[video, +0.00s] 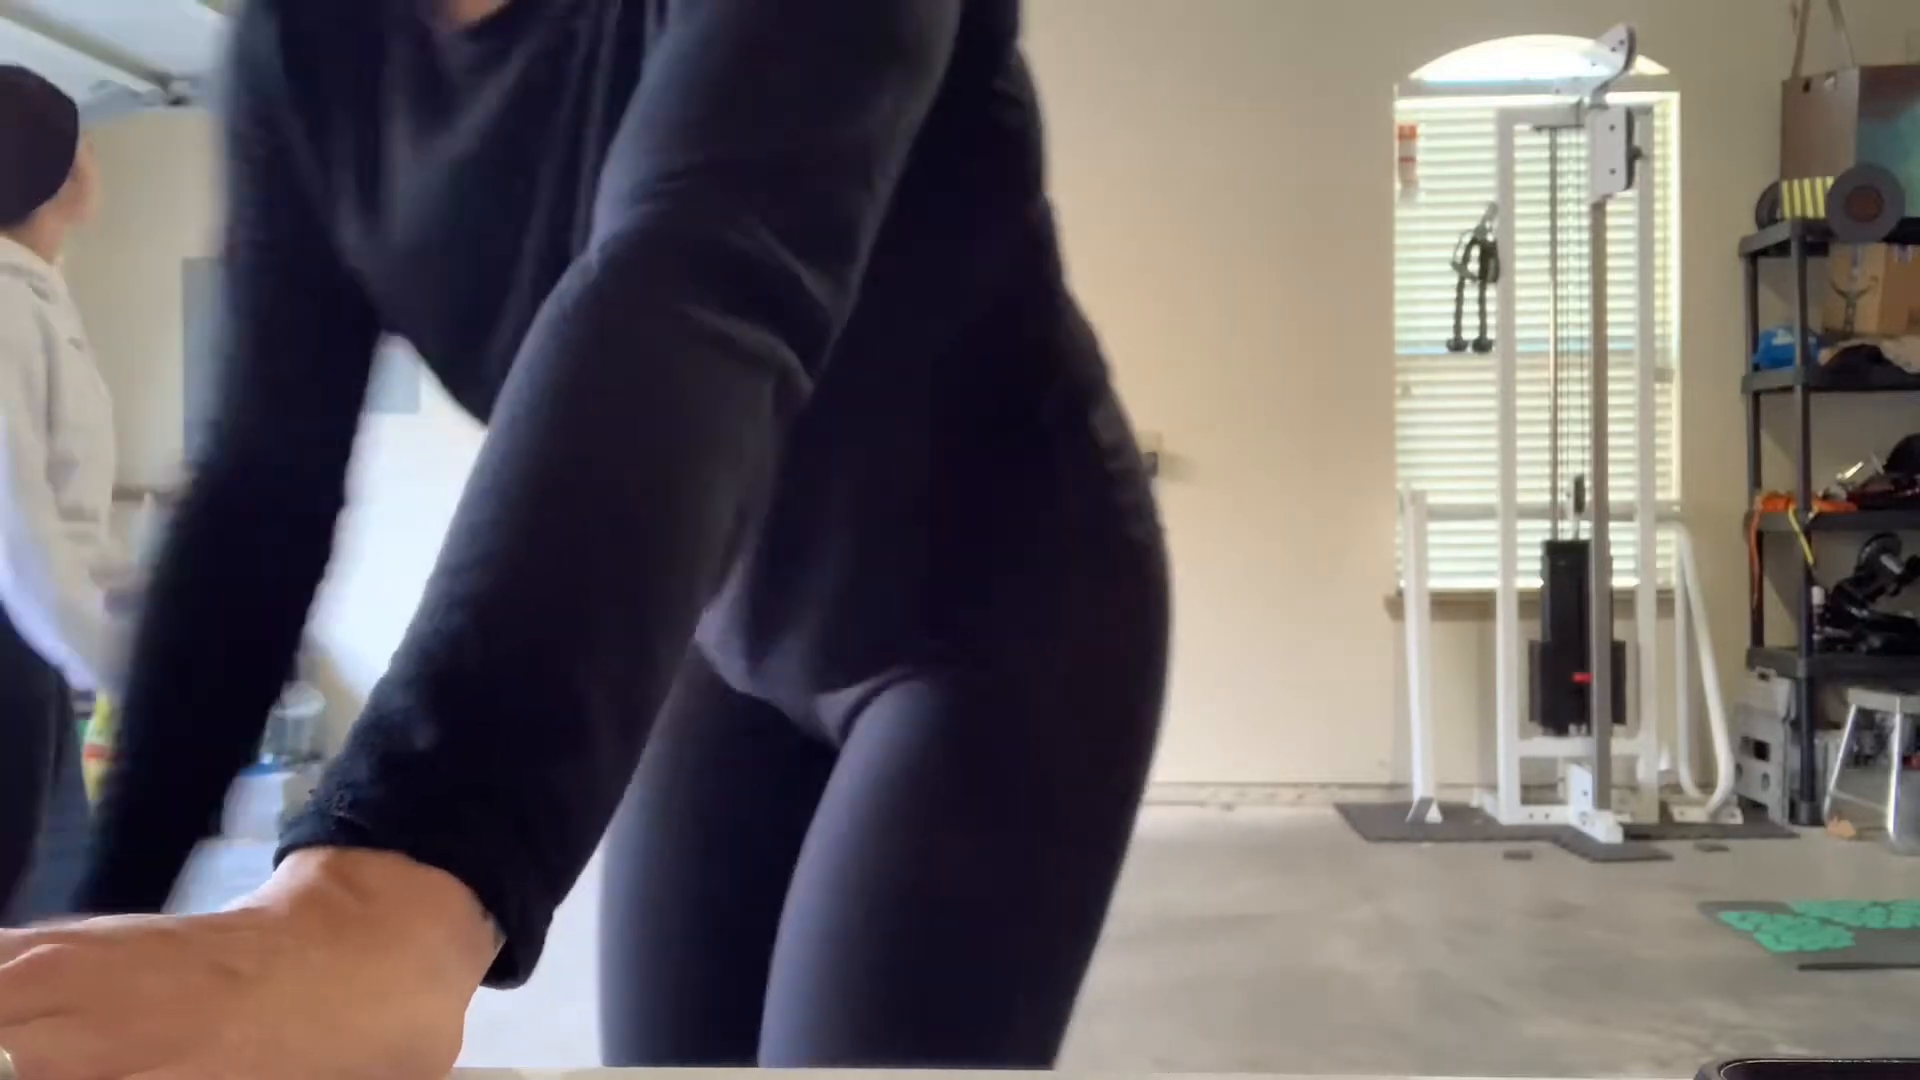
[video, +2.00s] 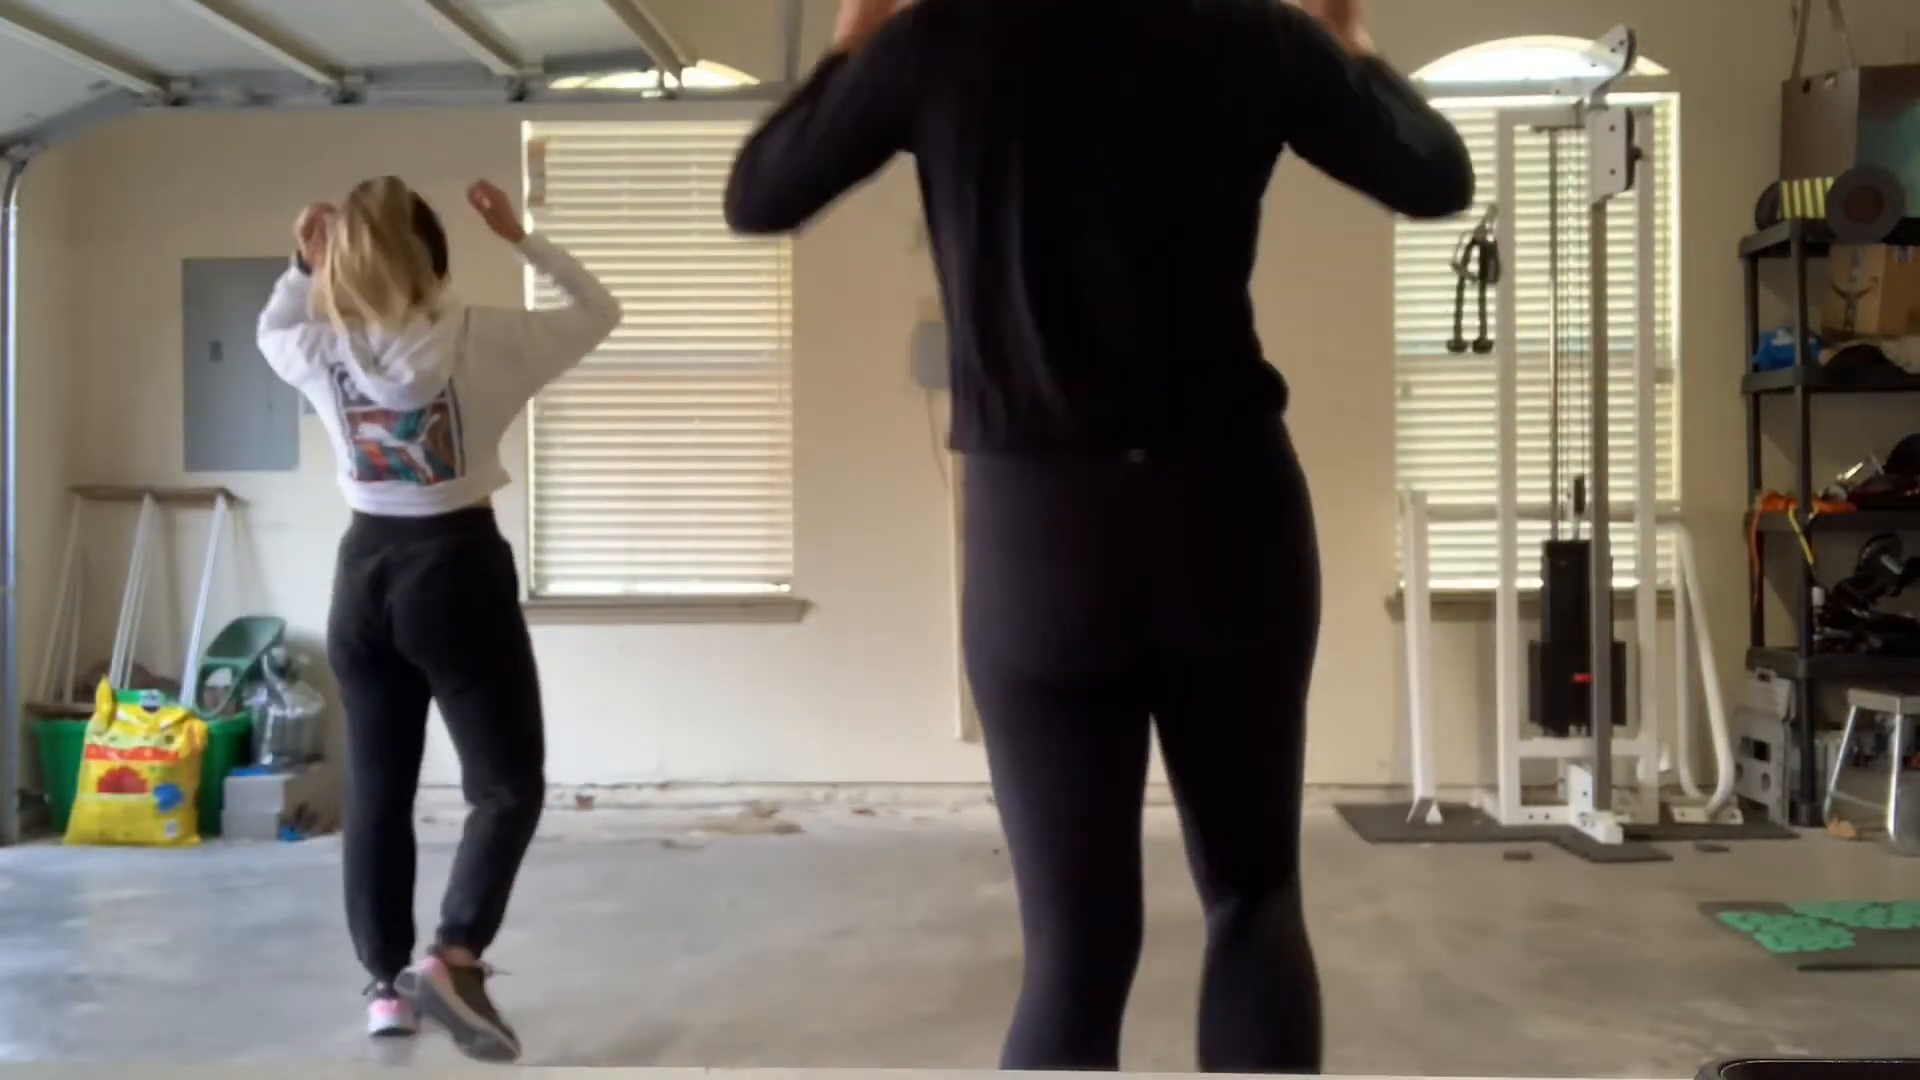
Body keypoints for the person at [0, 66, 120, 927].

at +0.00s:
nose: (95, 170)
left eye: (87, 151)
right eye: (86, 152)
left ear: (29, 176)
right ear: (63, 172)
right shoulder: (16, 307)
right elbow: (17, 529)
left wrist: (107, 599)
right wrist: (111, 667)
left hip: (48, 650)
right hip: (24, 658)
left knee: (57, 861)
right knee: (41, 867)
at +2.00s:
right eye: (423, 220)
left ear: (342, 267)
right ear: (432, 253)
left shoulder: (322, 351)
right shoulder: (483, 340)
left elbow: (273, 331)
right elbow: (595, 311)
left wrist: (305, 262)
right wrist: (523, 238)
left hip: (362, 581)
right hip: (458, 580)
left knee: (375, 791)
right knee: (506, 789)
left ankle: (386, 987)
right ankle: (457, 956)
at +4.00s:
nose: (539, 304)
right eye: (542, 292)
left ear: (472, 295)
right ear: (540, 299)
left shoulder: (425, 391)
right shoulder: (567, 381)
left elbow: (403, 512)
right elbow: (593, 483)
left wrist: (374, 604)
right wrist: (616, 538)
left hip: (454, 576)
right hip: (545, 574)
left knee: (432, 749)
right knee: (566, 751)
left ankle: (411, 918)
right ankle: (581, 924)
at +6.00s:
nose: (551, 313)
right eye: (548, 300)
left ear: (473, 303)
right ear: (543, 306)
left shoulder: (423, 391)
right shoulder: (566, 387)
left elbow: (400, 518)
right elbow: (608, 497)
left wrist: (439, 563)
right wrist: (634, 590)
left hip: (457, 576)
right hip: (549, 574)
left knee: (435, 750)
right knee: (571, 753)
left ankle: (413, 918)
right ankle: (584, 925)